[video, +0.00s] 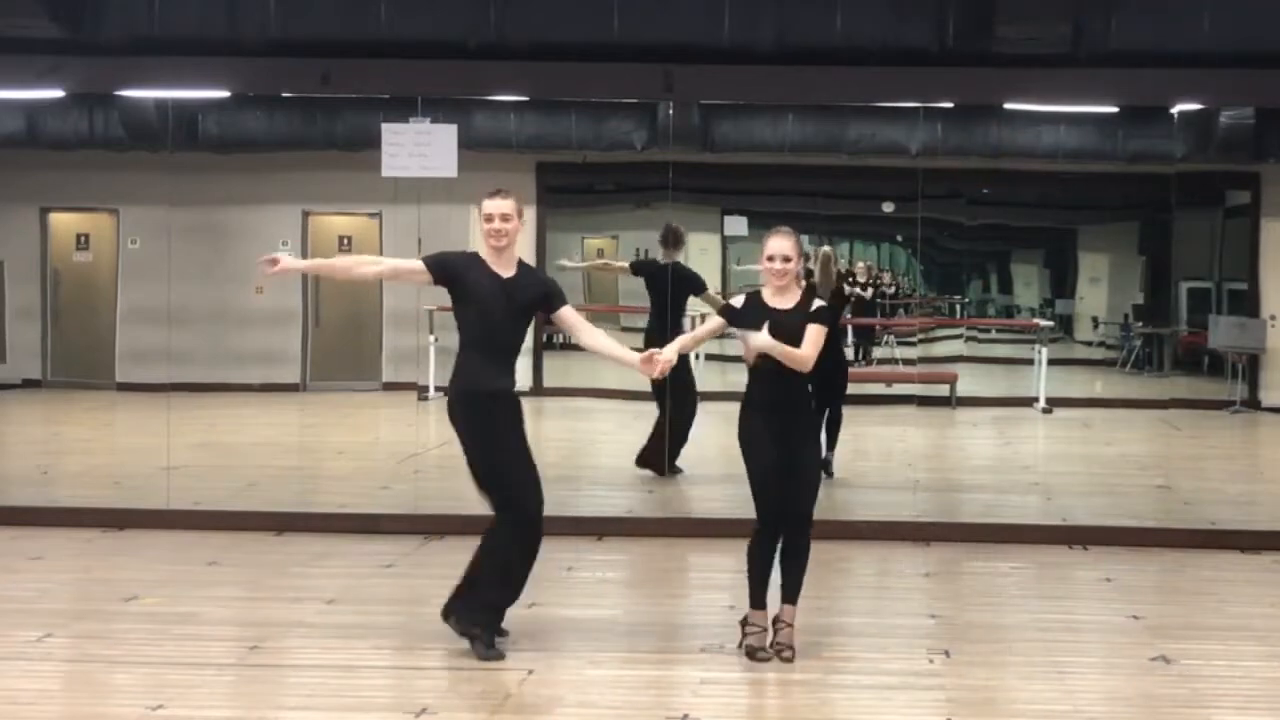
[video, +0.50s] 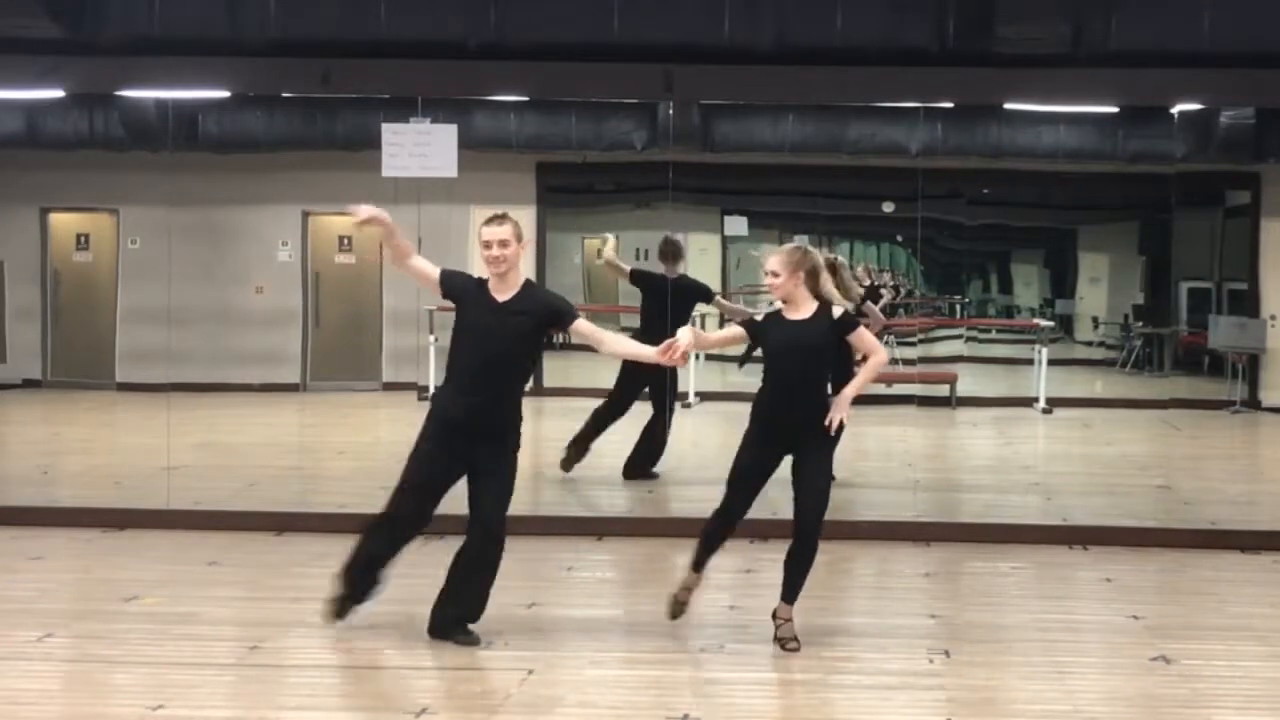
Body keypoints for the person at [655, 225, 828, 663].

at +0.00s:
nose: (778, 266)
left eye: (786, 259)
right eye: (771, 258)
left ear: (800, 263)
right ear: (761, 262)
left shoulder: (818, 306)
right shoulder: (746, 303)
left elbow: (806, 360)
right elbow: (699, 334)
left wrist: (764, 342)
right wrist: (669, 351)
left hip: (802, 424)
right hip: (759, 422)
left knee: (799, 522)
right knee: (770, 519)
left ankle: (786, 619)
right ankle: (756, 617)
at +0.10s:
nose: (777, 268)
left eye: (785, 261)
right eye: (771, 261)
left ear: (802, 264)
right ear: (762, 264)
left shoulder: (821, 307)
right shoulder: (753, 309)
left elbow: (834, 354)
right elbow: (703, 332)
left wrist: (790, 370)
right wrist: (675, 344)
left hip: (798, 427)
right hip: (755, 424)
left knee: (806, 521)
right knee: (753, 518)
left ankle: (784, 608)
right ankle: (747, 616)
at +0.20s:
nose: (766, 273)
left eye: (775, 266)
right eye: (764, 266)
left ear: (800, 268)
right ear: (764, 269)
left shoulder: (830, 313)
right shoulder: (761, 315)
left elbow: (861, 361)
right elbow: (707, 341)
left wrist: (822, 394)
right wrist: (683, 340)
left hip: (803, 428)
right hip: (757, 422)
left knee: (801, 527)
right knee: (729, 512)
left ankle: (783, 611)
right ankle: (698, 609)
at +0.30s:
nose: (765, 276)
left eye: (772, 270)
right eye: (764, 269)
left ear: (797, 272)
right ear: (781, 273)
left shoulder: (833, 315)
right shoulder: (764, 318)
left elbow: (876, 359)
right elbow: (709, 341)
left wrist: (841, 401)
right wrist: (688, 339)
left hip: (811, 431)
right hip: (761, 424)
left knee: (808, 526)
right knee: (713, 509)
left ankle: (784, 611)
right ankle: (654, 592)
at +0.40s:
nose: (766, 280)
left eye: (773, 273)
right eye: (765, 273)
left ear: (798, 275)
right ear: (779, 277)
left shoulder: (836, 318)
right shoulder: (766, 320)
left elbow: (879, 356)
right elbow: (711, 341)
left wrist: (846, 399)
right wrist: (693, 336)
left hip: (815, 432)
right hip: (765, 427)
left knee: (812, 529)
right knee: (713, 506)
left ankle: (785, 611)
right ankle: (653, 576)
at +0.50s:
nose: (767, 281)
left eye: (774, 275)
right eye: (767, 275)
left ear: (800, 277)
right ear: (777, 280)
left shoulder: (836, 317)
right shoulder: (766, 322)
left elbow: (878, 355)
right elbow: (712, 340)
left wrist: (845, 396)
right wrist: (689, 333)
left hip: (816, 433)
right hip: (768, 429)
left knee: (809, 529)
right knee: (731, 509)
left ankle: (785, 612)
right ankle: (692, 577)